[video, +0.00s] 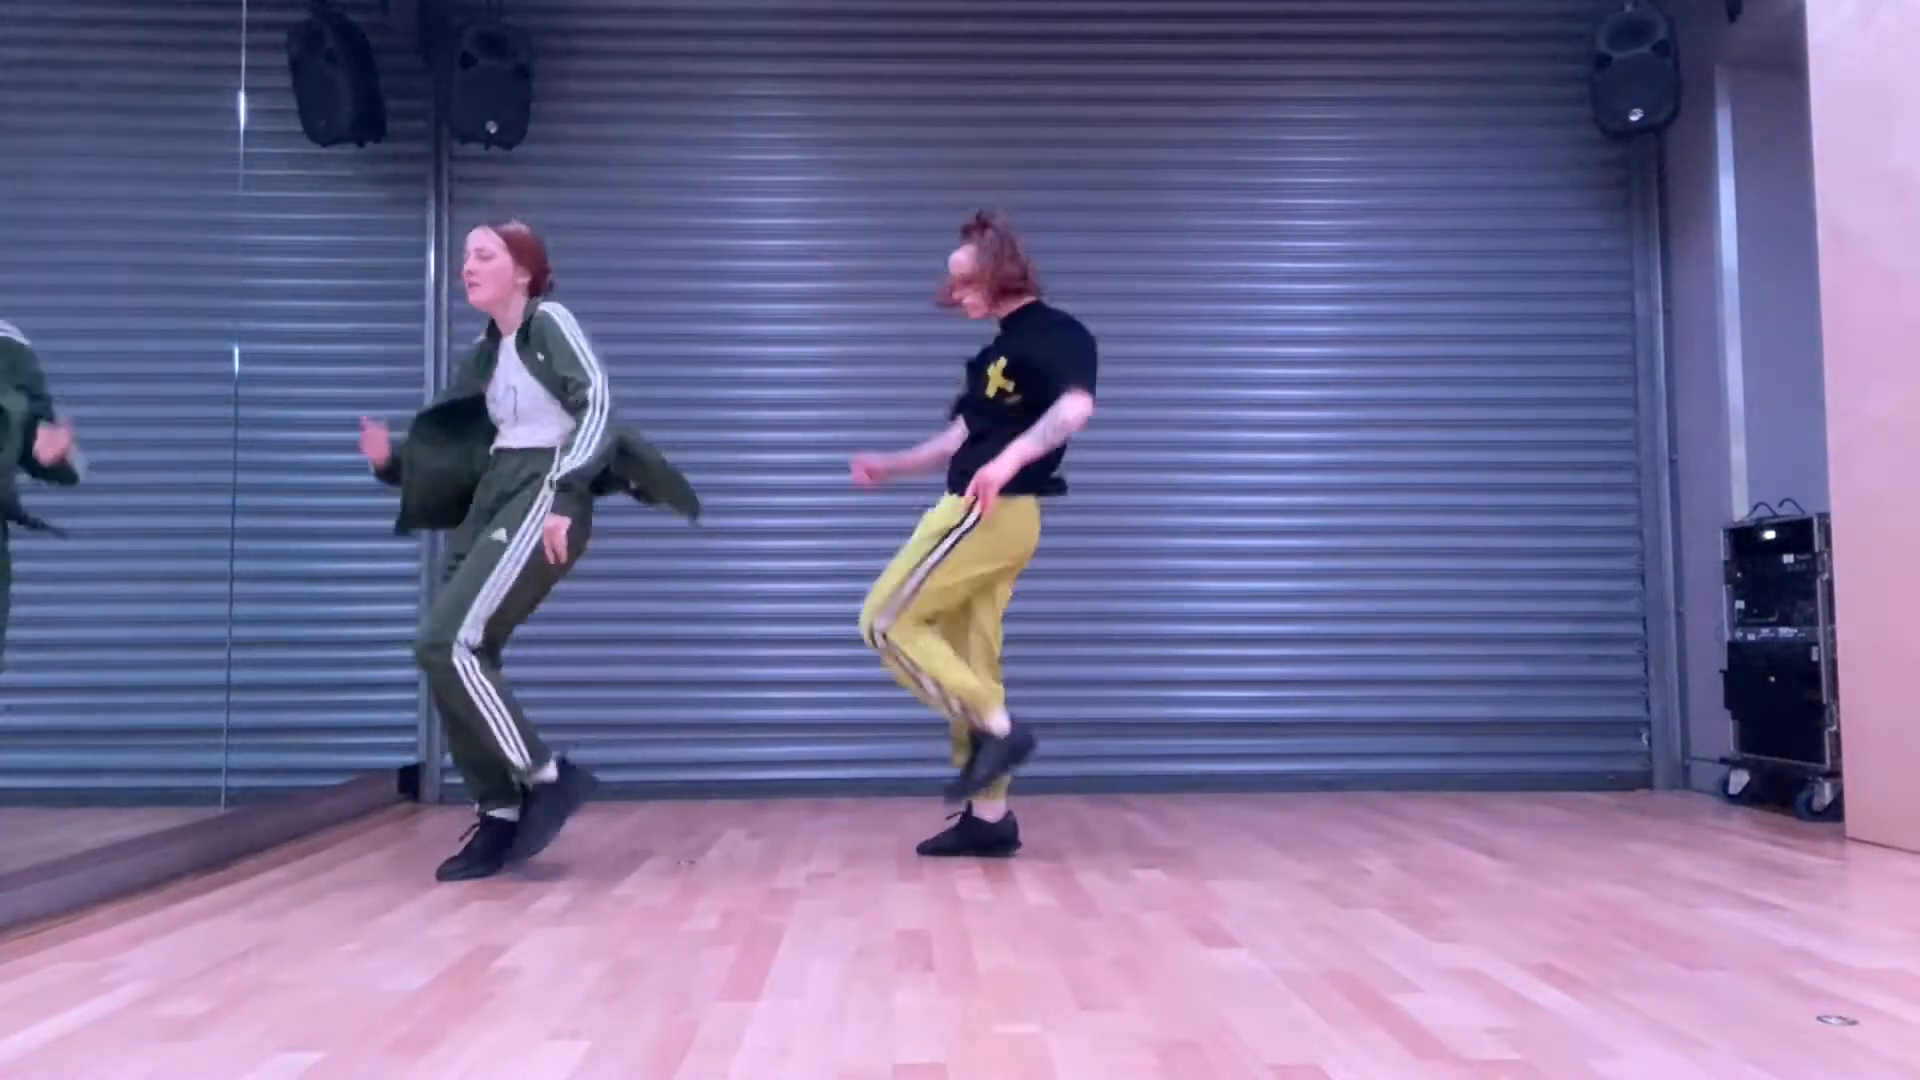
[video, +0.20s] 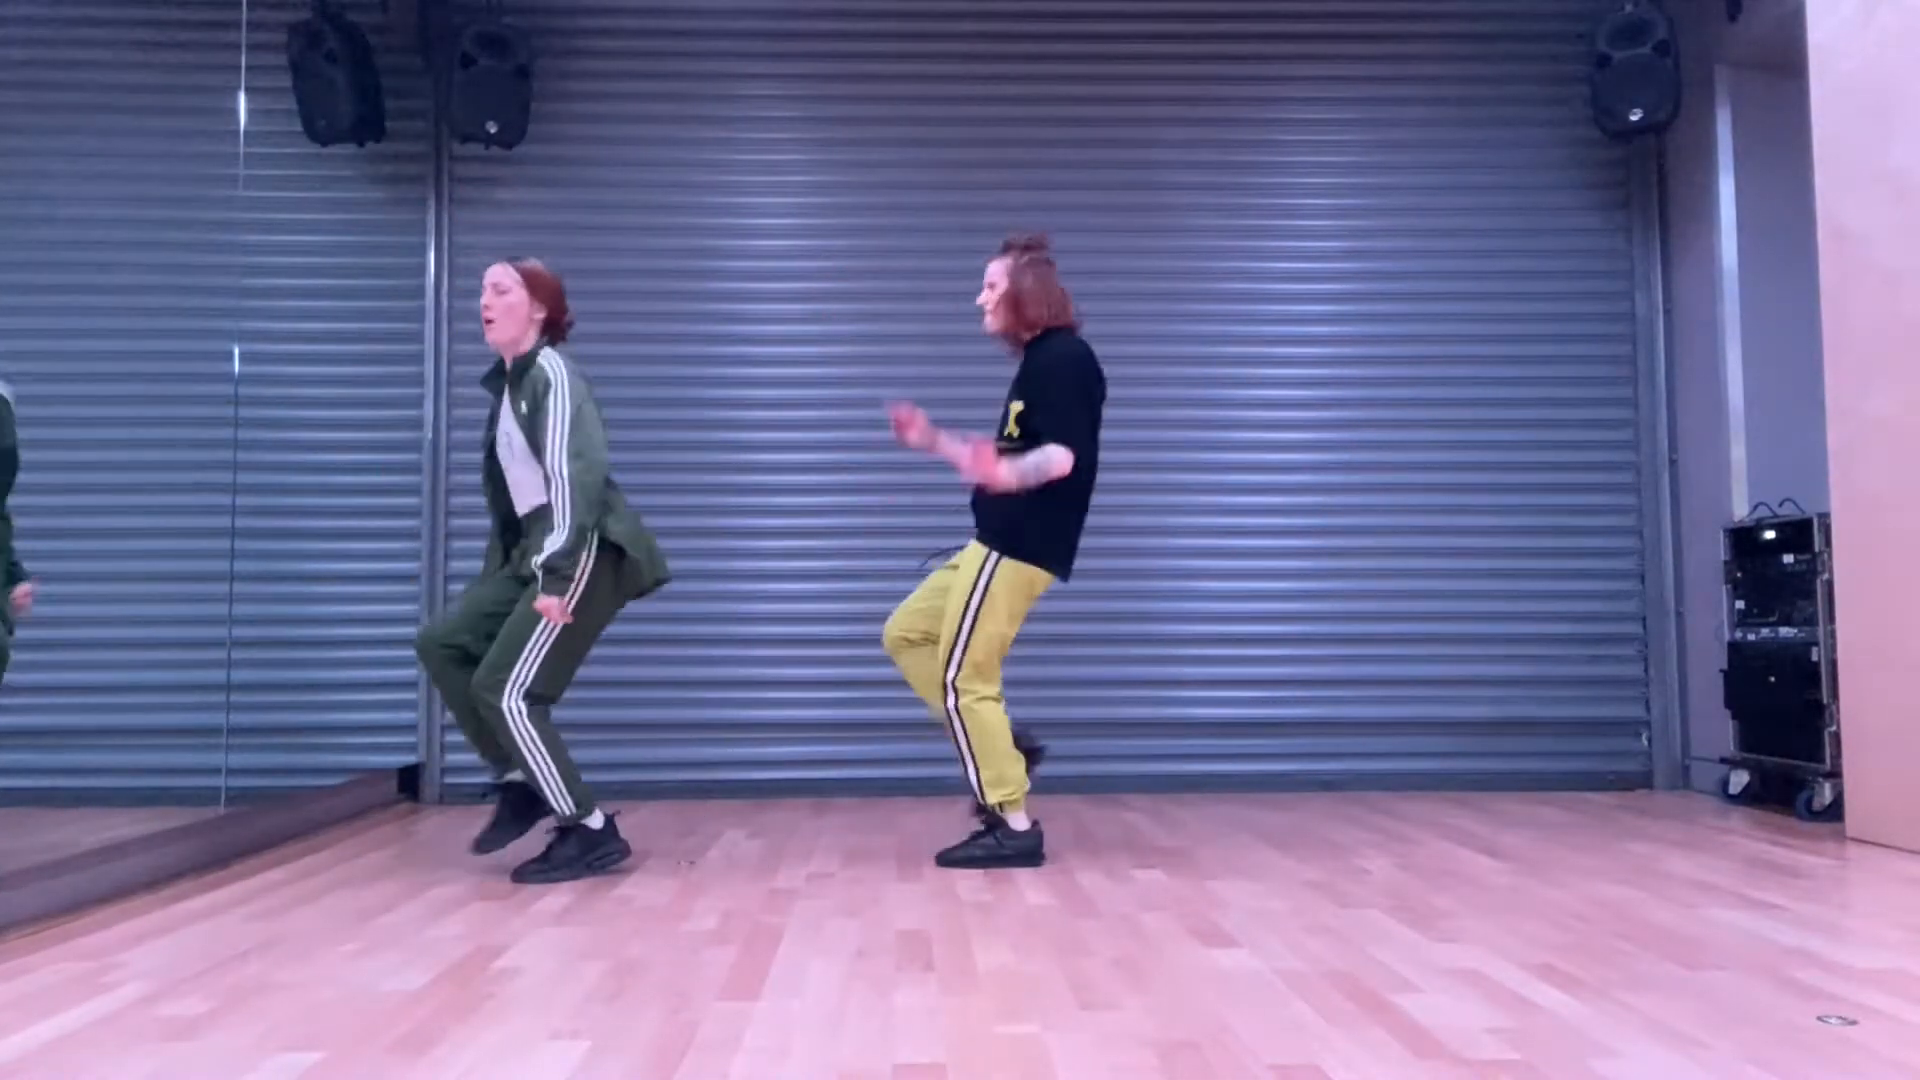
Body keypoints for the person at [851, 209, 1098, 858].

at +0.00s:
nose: (954, 294)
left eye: (964, 283)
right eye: (953, 283)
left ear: (999, 279)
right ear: (991, 283)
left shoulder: (1054, 331)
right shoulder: (995, 354)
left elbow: (1075, 406)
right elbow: (961, 437)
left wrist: (1006, 462)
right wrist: (892, 465)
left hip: (985, 510)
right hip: (994, 514)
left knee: (885, 621)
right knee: (973, 654)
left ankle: (999, 727)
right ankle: (988, 817)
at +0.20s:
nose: (981, 299)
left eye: (992, 288)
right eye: (984, 287)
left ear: (1026, 295)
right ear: (1021, 294)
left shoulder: (1065, 360)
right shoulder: (1040, 361)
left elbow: (1063, 455)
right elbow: (1006, 459)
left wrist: (1005, 473)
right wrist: (935, 439)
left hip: (1022, 551)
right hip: (996, 542)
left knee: (965, 678)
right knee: (908, 636)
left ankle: (1013, 826)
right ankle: (1003, 748)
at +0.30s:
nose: (1004, 257)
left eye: (1017, 249)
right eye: (1010, 248)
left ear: (1046, 267)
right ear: (1042, 269)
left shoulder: (1081, 334)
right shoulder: (1036, 345)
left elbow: (1077, 379)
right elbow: (987, 388)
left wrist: (1032, 299)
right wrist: (949, 326)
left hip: (1060, 537)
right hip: (1030, 533)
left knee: (1005, 671)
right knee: (998, 668)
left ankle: (1017, 825)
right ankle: (1126, 740)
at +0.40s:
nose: (1041, 239)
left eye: (1058, 236)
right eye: (1048, 233)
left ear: (1074, 270)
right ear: (1047, 265)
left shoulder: (1077, 328)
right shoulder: (1021, 323)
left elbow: (1112, 287)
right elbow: (985, 304)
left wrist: (1080, 244)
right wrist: (938, 282)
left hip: (1096, 533)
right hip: (1118, 527)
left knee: (1051, 671)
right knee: (1117, 679)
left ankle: (1018, 825)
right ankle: (1224, 793)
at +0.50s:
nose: (1045, 280)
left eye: (1057, 274)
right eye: (1051, 270)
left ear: (1083, 293)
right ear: (1068, 292)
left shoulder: (1107, 332)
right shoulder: (1053, 341)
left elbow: (1145, 312)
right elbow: (1006, 345)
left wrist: (1099, 322)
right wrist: (954, 363)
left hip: (1112, 540)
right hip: (1166, 532)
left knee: (1037, 661)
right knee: (1171, 679)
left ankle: (1017, 811)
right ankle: (1250, 809)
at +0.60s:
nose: (1065, 308)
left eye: (1075, 299)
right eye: (1068, 298)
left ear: (1107, 308)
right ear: (1104, 310)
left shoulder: (1141, 364)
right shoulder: (1104, 378)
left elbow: (1183, 433)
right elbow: (1059, 439)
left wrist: (1148, 500)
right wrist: (1023, 488)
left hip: (1132, 555)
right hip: (1177, 559)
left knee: (1024, 654)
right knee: (1162, 707)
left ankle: (1039, 791)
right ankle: (1252, 816)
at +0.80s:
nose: (1105, 326)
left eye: (1115, 317)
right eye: (1111, 316)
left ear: (1141, 330)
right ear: (1157, 333)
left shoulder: (1146, 398)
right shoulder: (1170, 399)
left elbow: (1129, 491)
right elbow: (1086, 464)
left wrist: (1095, 558)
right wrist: (1064, 446)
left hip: (1137, 570)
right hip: (1194, 582)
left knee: (1053, 689)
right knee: (1177, 707)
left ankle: (1042, 816)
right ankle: (1242, 807)